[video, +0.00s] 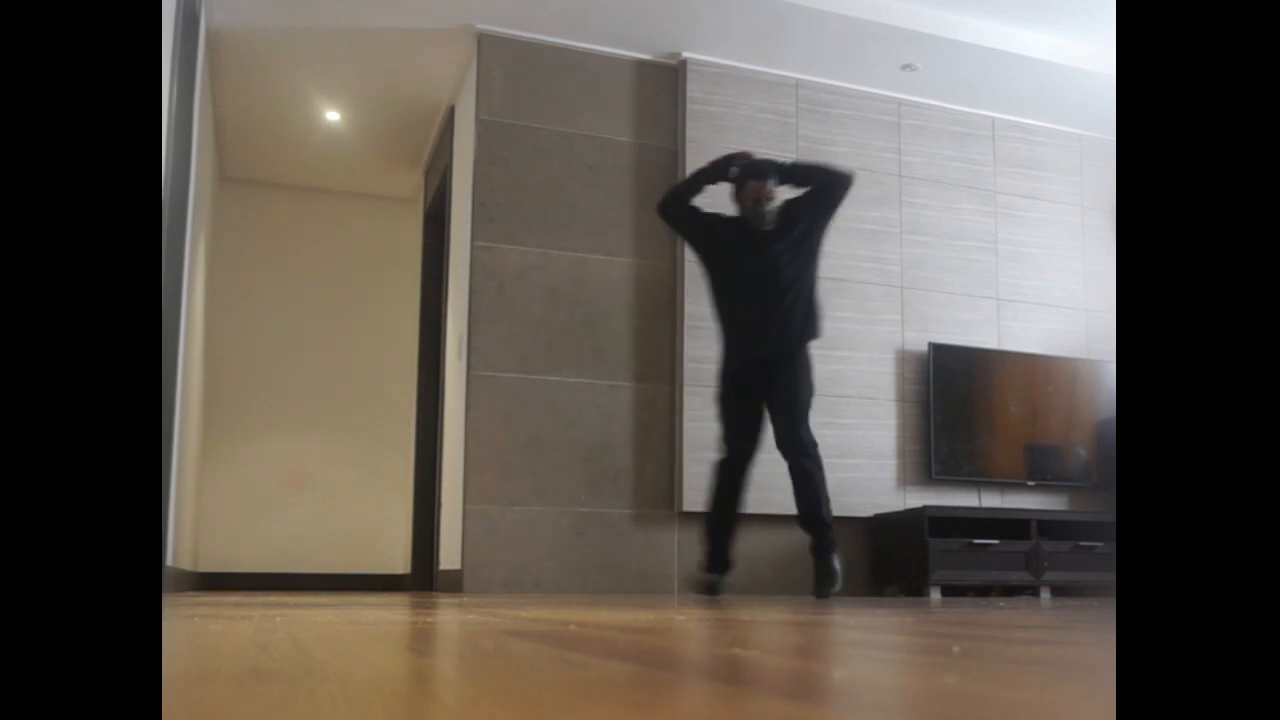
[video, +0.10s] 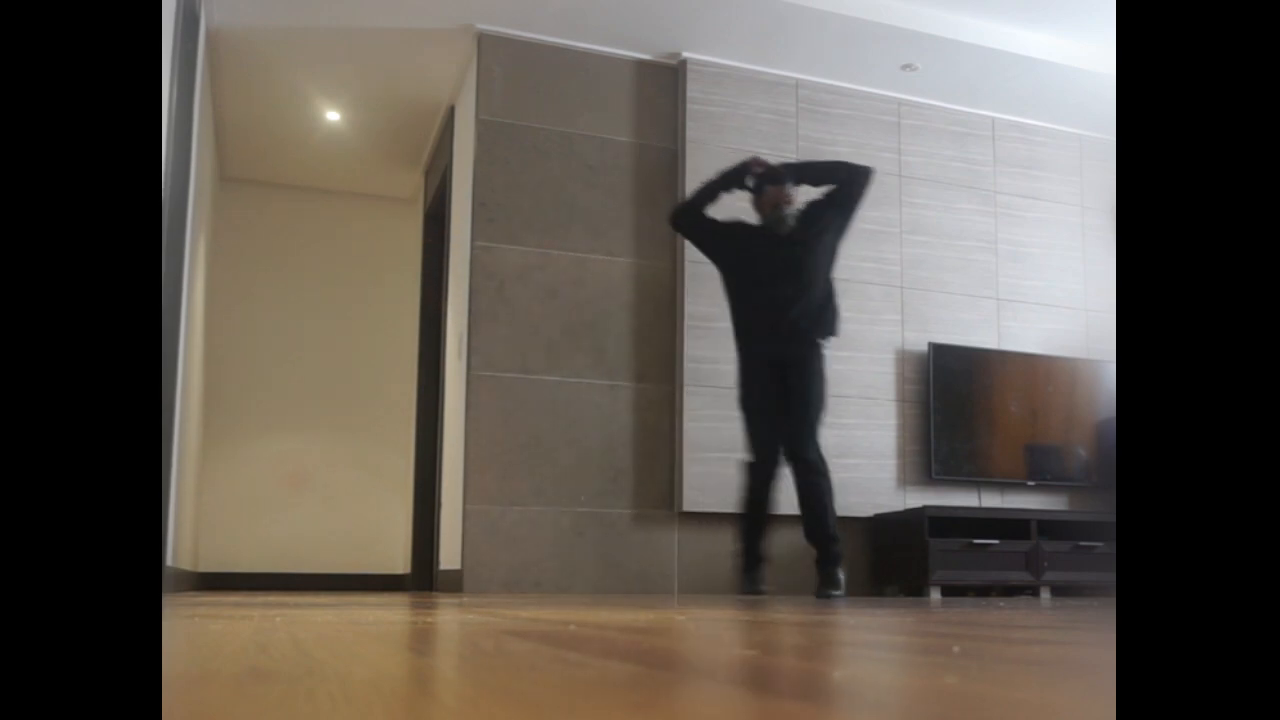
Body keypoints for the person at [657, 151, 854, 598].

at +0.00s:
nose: (758, 195)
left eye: (764, 187)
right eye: (749, 189)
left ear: (775, 190)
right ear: (735, 195)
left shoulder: (800, 222)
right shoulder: (716, 233)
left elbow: (838, 181)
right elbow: (670, 207)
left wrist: (777, 170)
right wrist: (711, 172)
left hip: (790, 360)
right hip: (741, 362)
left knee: (798, 449)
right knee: (736, 456)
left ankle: (824, 553)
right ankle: (715, 565)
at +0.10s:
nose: (780, 197)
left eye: (784, 189)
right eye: (770, 191)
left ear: (795, 193)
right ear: (756, 201)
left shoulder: (818, 228)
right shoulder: (733, 242)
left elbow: (857, 176)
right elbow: (682, 218)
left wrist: (790, 172)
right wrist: (730, 179)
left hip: (803, 361)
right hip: (758, 364)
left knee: (804, 454)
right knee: (765, 461)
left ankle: (829, 566)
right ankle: (750, 568)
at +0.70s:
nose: (907, 223)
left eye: (911, 217)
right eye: (897, 217)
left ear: (918, 221)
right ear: (880, 225)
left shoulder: (939, 259)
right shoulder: (858, 272)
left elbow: (983, 226)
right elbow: (811, 309)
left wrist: (938, 191)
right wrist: (808, 260)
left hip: (922, 391)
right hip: (869, 389)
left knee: (951, 480)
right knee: (823, 454)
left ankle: (958, 578)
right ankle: (819, 562)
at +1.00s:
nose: (931, 218)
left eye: (930, 210)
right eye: (921, 212)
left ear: (923, 216)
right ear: (899, 219)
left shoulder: (938, 267)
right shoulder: (879, 265)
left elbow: (942, 330)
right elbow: (858, 328)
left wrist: (981, 316)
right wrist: (836, 385)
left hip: (942, 386)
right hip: (895, 383)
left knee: (959, 480)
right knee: (868, 464)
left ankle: (957, 578)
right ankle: (799, 554)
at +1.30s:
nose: (892, 222)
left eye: (893, 215)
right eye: (882, 218)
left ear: (898, 216)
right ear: (861, 226)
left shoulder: (916, 260)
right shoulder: (847, 268)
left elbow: (933, 312)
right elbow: (827, 317)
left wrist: (933, 333)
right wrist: (809, 325)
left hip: (915, 385)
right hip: (869, 388)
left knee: (963, 464)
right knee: (847, 475)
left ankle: (1014, 555)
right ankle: (806, 571)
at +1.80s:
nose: (900, 227)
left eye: (905, 219)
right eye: (892, 219)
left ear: (910, 220)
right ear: (871, 218)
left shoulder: (920, 262)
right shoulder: (845, 262)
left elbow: (932, 312)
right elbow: (822, 317)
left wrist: (938, 329)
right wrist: (817, 325)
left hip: (923, 381)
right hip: (874, 384)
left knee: (972, 460)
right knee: (856, 474)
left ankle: (1003, 559)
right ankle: (814, 572)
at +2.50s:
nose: (902, 205)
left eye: (901, 195)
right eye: (897, 196)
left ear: (886, 200)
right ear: (905, 197)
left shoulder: (936, 250)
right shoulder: (868, 247)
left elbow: (925, 315)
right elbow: (848, 310)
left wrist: (923, 367)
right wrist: (837, 369)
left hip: (923, 373)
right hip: (877, 372)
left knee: (931, 471)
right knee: (867, 455)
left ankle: (936, 573)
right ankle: (806, 556)